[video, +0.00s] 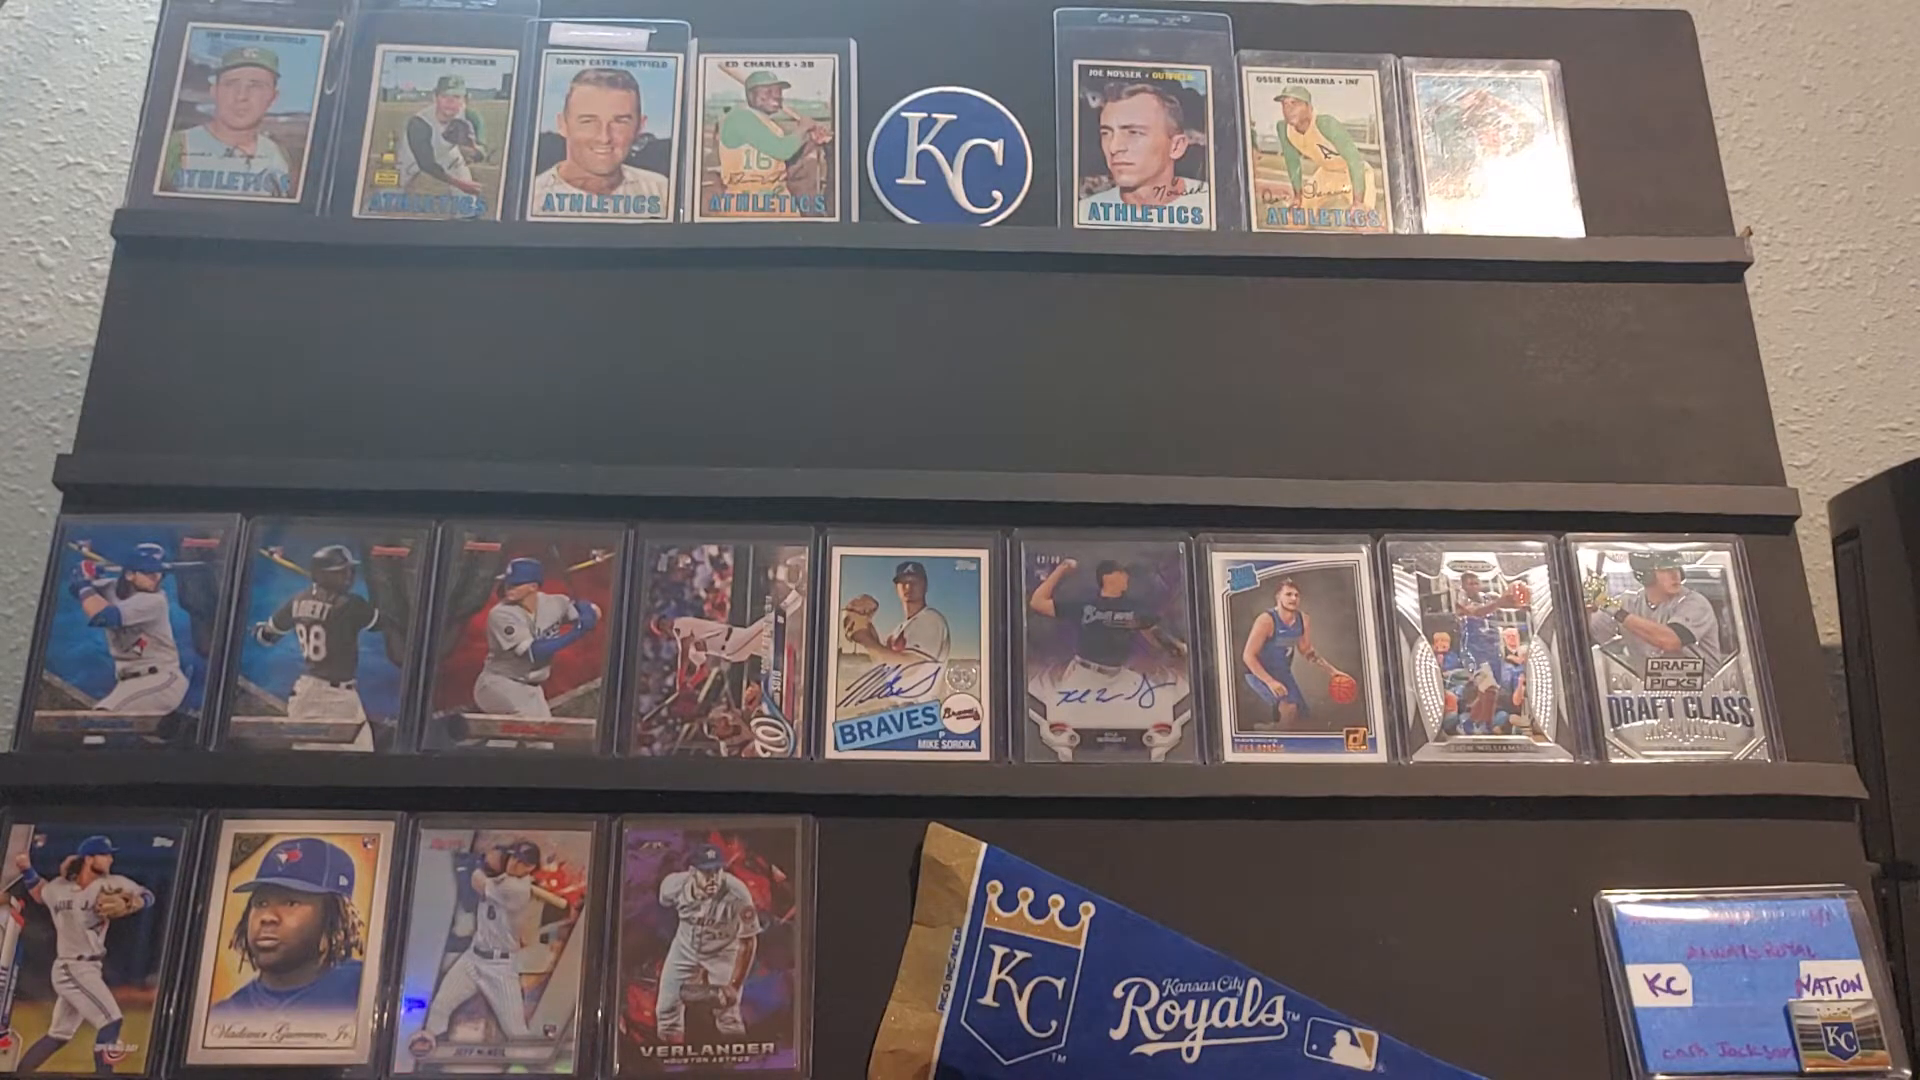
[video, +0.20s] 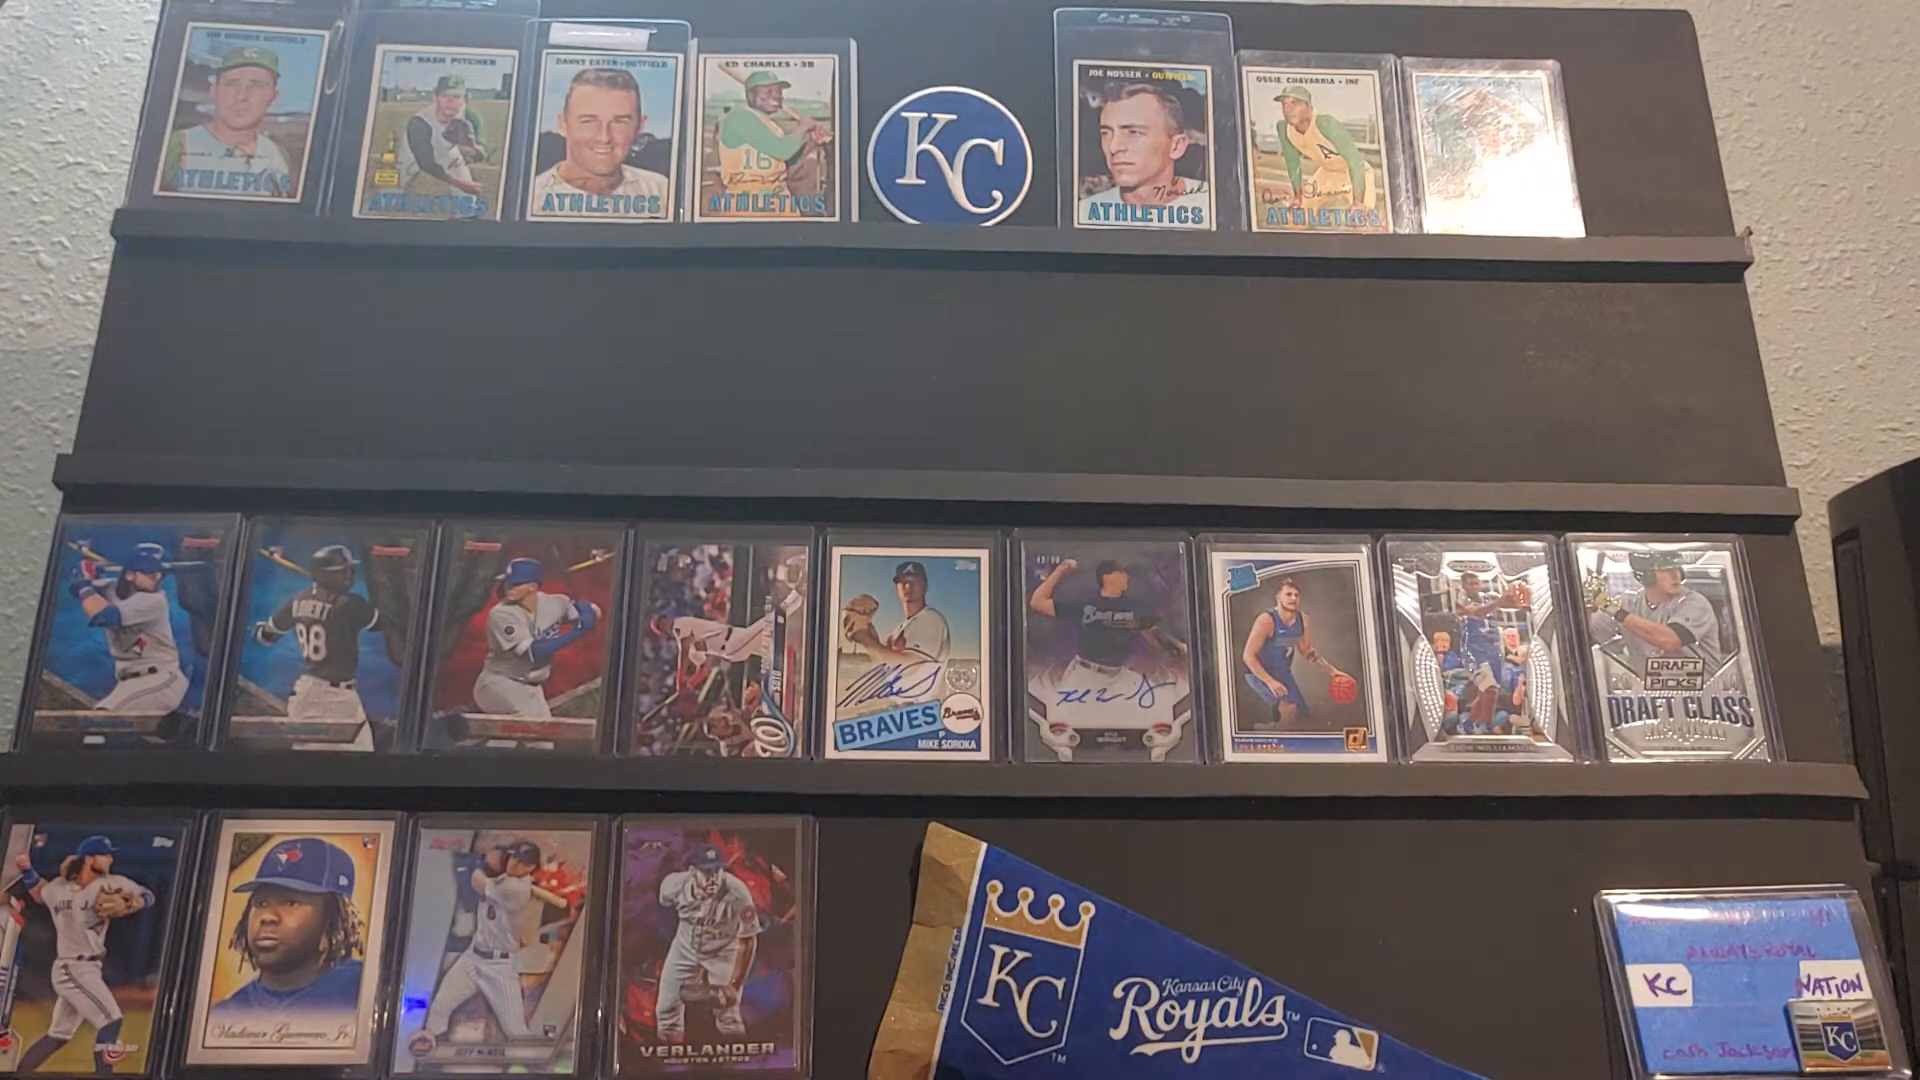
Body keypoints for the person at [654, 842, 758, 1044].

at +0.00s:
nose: (712, 879)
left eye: (716, 872)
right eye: (705, 872)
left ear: (722, 870)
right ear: (692, 871)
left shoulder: (738, 894)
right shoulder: (672, 886)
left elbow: (749, 942)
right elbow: (667, 909)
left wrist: (735, 985)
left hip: (724, 954)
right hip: (684, 948)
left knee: (727, 1015)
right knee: (666, 1009)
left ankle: (740, 1068)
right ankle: (673, 1069)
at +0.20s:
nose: (712, 878)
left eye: (716, 871)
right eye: (705, 872)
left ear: (722, 869)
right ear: (693, 870)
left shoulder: (738, 893)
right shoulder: (673, 886)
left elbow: (749, 941)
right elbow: (666, 910)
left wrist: (735, 985)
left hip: (724, 953)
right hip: (684, 948)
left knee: (727, 1015)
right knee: (666, 1010)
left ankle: (740, 1068)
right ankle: (673, 1071)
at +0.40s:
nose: (712, 878)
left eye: (716, 871)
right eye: (705, 872)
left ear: (722, 869)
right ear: (693, 870)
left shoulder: (738, 893)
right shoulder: (673, 885)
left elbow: (749, 941)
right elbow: (667, 910)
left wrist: (735, 985)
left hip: (724, 953)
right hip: (684, 948)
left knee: (727, 1015)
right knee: (666, 1009)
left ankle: (740, 1068)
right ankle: (673, 1071)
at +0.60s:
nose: (712, 878)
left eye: (716, 871)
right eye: (705, 872)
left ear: (722, 869)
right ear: (693, 870)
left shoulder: (738, 893)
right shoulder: (673, 885)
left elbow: (749, 941)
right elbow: (667, 910)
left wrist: (735, 985)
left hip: (724, 953)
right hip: (684, 948)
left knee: (727, 1015)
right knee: (666, 1009)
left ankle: (740, 1068)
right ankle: (673, 1071)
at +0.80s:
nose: (712, 878)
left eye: (716, 871)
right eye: (706, 872)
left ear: (722, 869)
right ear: (692, 870)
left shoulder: (738, 893)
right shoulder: (673, 886)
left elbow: (748, 941)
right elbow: (668, 909)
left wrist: (734, 985)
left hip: (724, 953)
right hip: (684, 947)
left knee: (727, 1015)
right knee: (666, 1009)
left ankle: (741, 1068)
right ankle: (673, 1069)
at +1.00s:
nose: (711, 878)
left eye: (716, 871)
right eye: (706, 872)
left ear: (722, 869)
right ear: (693, 870)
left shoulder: (738, 893)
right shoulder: (673, 885)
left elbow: (748, 941)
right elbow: (667, 907)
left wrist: (734, 985)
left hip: (724, 954)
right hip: (684, 947)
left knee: (727, 1014)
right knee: (666, 1009)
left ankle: (741, 1068)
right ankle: (674, 1069)